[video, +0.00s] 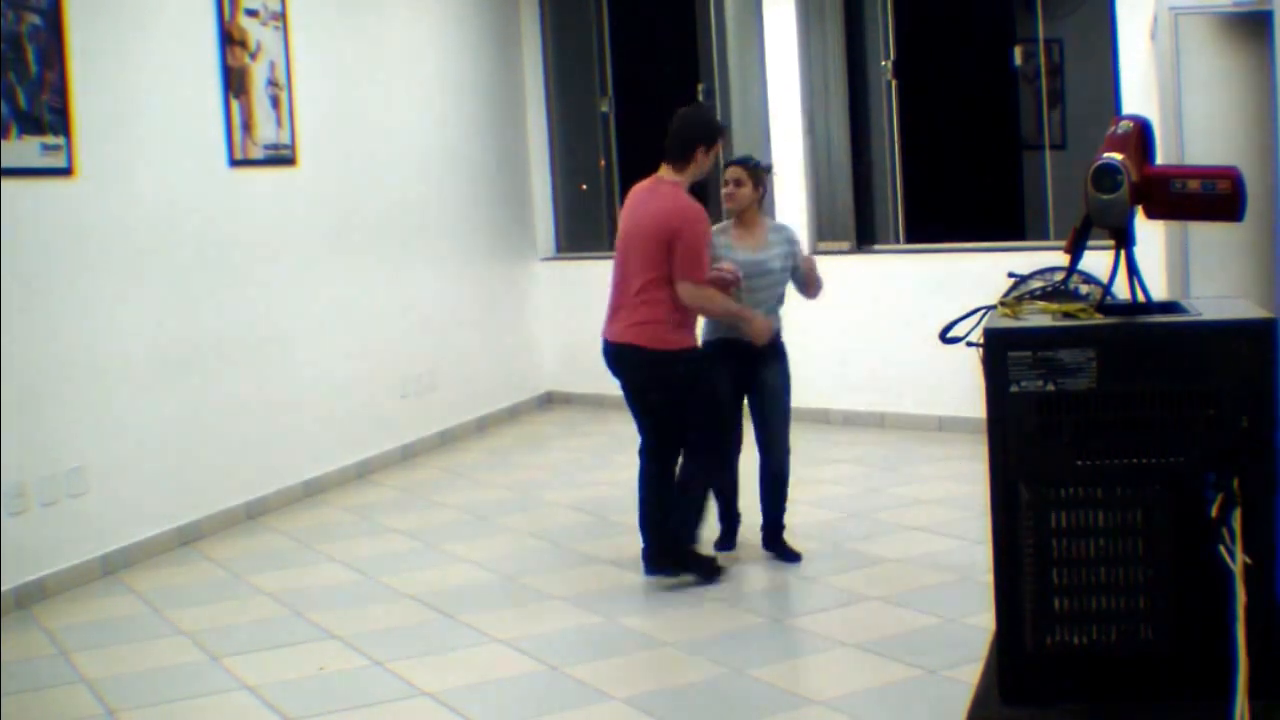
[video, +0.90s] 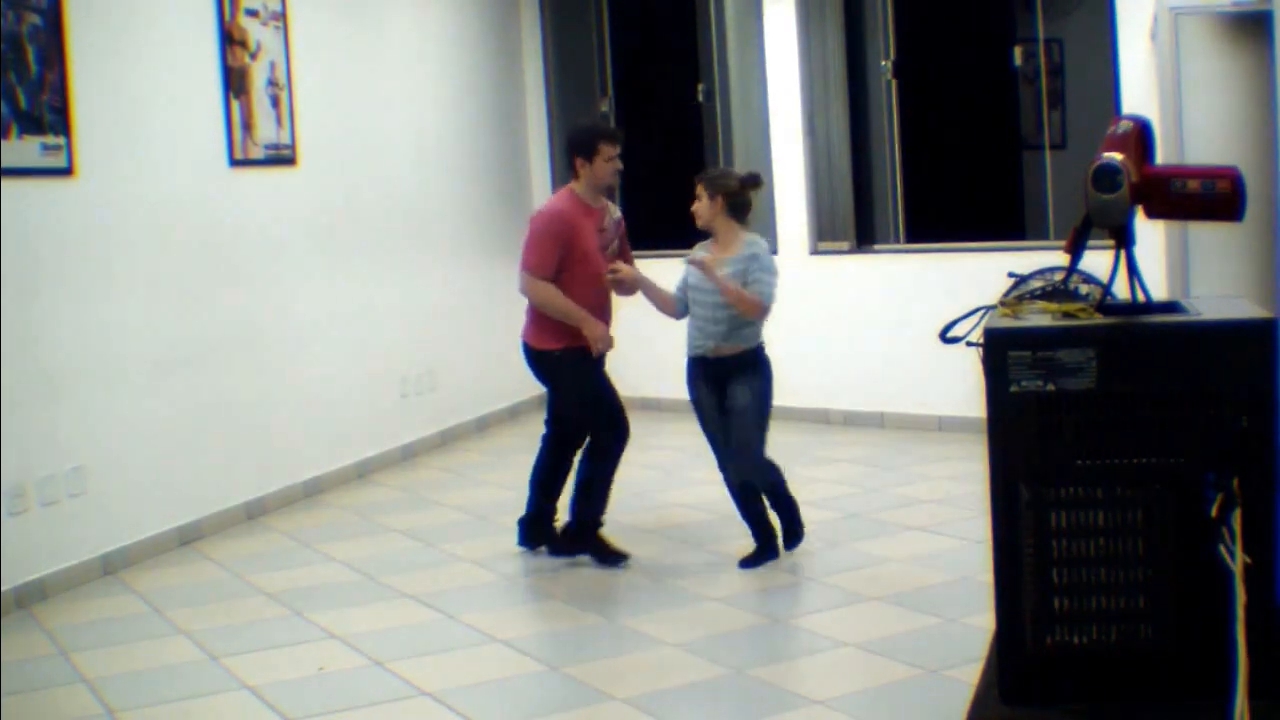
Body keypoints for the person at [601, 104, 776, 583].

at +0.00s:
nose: (716, 159)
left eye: (716, 150)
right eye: (716, 151)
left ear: (670, 146)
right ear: (703, 152)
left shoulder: (638, 195)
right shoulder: (688, 212)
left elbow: (643, 268)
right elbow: (691, 292)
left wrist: (705, 275)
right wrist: (746, 316)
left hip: (623, 342)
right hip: (665, 346)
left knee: (658, 442)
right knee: (712, 437)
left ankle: (659, 552)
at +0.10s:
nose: (700, 166)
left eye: (701, 158)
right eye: (698, 158)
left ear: (662, 154)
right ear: (682, 156)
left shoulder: (638, 201)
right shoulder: (656, 212)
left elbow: (658, 276)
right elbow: (651, 293)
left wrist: (709, 290)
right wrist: (706, 329)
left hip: (626, 344)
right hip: (643, 348)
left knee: (659, 444)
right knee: (672, 448)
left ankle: (662, 545)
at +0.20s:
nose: (683, 167)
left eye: (685, 158)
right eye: (681, 158)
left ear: (655, 156)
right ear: (658, 156)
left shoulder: (657, 208)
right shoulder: (619, 212)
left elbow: (666, 271)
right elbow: (605, 288)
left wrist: (712, 287)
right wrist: (665, 324)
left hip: (648, 351)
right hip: (615, 353)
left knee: (656, 450)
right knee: (629, 450)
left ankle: (662, 546)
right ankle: (560, 535)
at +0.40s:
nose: (652, 166)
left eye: (653, 157)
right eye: (648, 156)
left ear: (625, 156)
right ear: (621, 154)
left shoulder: (643, 208)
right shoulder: (571, 210)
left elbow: (667, 265)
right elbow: (541, 280)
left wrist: (703, 275)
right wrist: (603, 312)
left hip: (619, 347)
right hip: (566, 349)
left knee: (645, 442)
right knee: (560, 451)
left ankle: (657, 540)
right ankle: (544, 548)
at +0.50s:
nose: (637, 165)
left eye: (639, 157)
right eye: (632, 156)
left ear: (612, 156)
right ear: (604, 153)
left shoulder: (629, 208)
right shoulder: (554, 209)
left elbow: (650, 265)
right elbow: (526, 278)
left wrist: (675, 275)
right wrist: (588, 308)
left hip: (608, 345)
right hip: (556, 348)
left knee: (633, 434)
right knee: (554, 452)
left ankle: (618, 529)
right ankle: (544, 551)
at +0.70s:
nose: (620, 162)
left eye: (621, 154)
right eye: (614, 154)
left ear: (601, 156)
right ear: (585, 153)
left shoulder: (616, 209)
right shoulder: (546, 208)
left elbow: (632, 264)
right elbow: (520, 278)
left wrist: (626, 279)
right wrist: (576, 313)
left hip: (595, 346)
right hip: (552, 346)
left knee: (583, 445)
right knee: (558, 446)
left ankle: (550, 532)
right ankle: (542, 547)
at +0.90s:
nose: (618, 167)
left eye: (618, 159)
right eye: (609, 160)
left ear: (608, 164)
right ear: (581, 164)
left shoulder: (609, 215)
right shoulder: (553, 217)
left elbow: (630, 278)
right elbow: (533, 285)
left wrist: (622, 275)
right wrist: (586, 322)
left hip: (584, 345)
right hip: (553, 347)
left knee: (564, 433)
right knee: (612, 429)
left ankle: (536, 525)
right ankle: (583, 529)